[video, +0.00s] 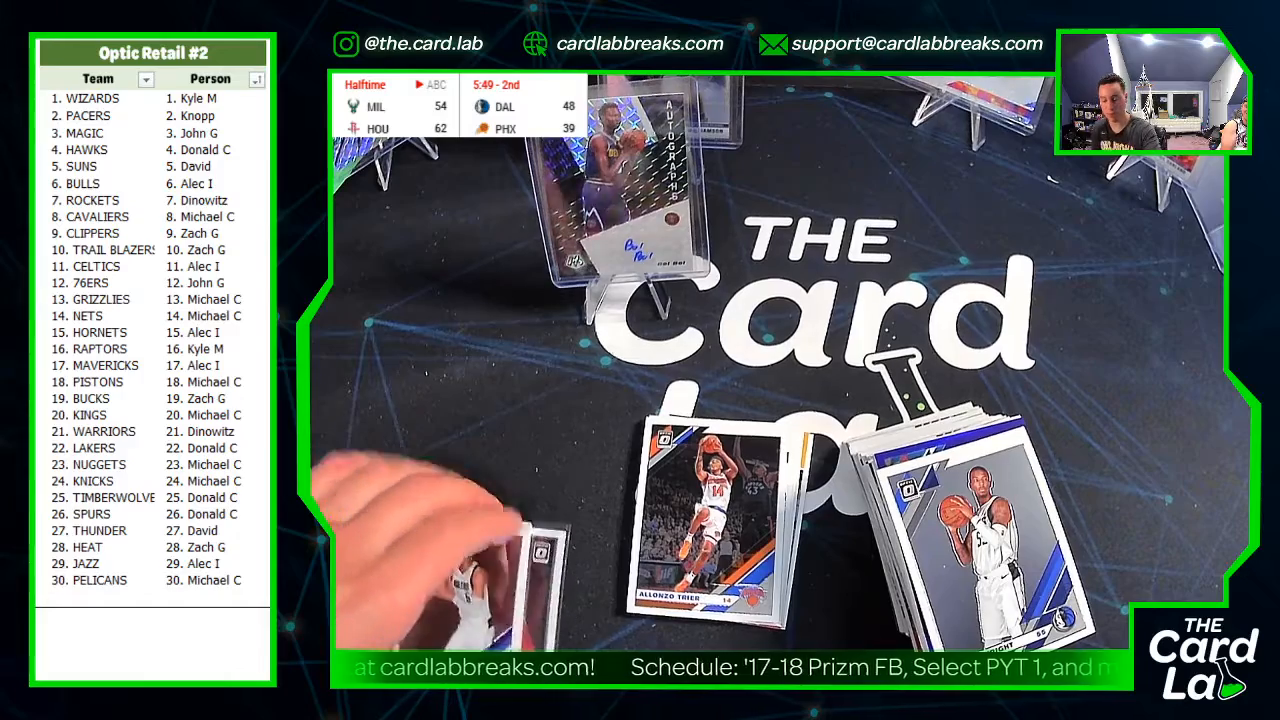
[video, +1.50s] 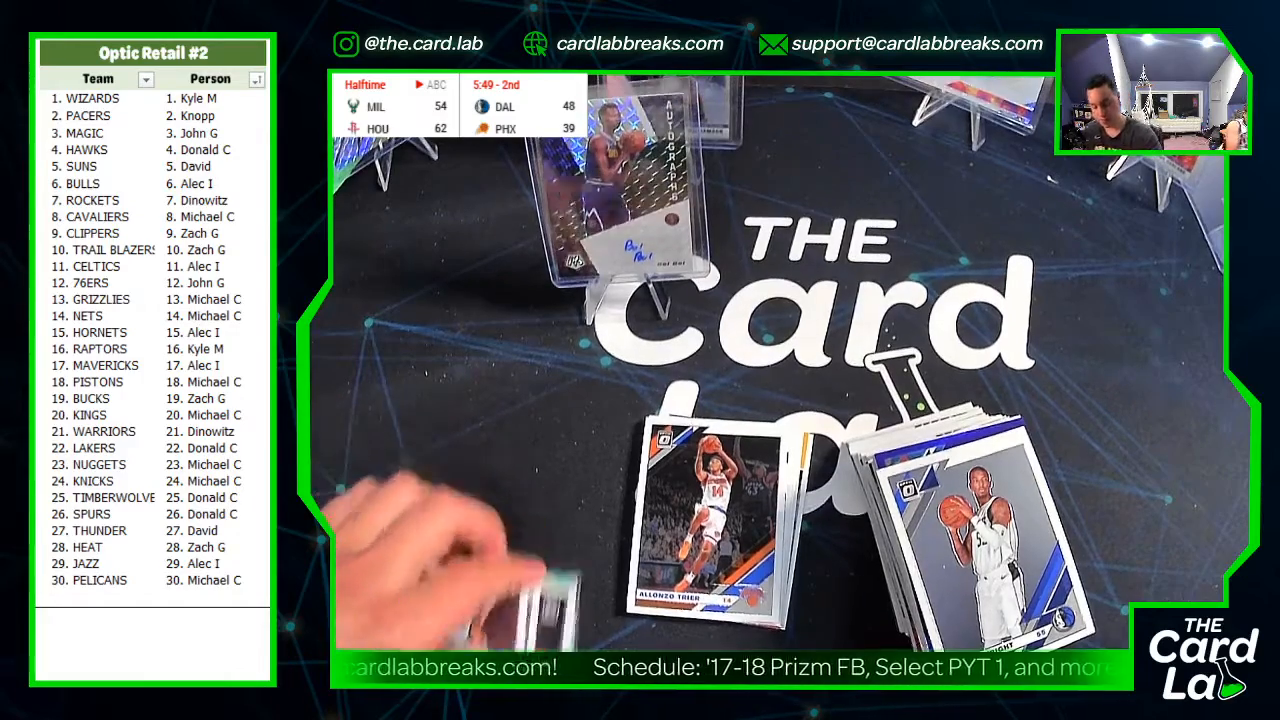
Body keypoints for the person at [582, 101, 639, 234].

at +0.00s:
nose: (615, 119)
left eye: (617, 115)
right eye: (611, 115)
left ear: (620, 118)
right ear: (602, 118)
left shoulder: (616, 141)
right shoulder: (598, 140)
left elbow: (621, 176)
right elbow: (607, 176)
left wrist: (633, 153)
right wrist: (623, 155)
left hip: (612, 187)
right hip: (595, 190)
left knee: (623, 229)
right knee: (595, 236)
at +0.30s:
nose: (615, 119)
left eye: (617, 115)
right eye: (610, 115)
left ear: (620, 118)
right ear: (602, 118)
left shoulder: (617, 141)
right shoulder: (598, 140)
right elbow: (607, 176)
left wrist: (632, 152)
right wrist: (624, 155)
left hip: (611, 188)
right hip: (595, 191)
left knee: (624, 227)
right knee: (596, 235)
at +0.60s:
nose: (617, 118)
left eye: (618, 115)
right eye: (612, 115)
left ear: (620, 117)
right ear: (602, 118)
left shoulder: (617, 142)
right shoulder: (598, 140)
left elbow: (620, 180)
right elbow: (606, 176)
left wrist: (633, 156)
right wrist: (624, 154)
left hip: (612, 190)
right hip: (596, 191)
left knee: (624, 228)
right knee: (598, 236)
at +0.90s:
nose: (615, 119)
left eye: (617, 115)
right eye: (611, 115)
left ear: (620, 118)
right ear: (602, 118)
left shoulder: (617, 142)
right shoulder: (598, 140)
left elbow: (620, 178)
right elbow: (606, 175)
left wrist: (632, 157)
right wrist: (623, 157)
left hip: (611, 187)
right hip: (597, 189)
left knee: (624, 226)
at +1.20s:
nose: (618, 118)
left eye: (618, 115)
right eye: (613, 115)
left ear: (620, 117)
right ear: (603, 119)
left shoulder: (617, 141)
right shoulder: (598, 141)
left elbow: (620, 176)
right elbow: (606, 176)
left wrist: (632, 155)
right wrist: (624, 153)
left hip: (613, 190)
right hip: (596, 191)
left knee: (625, 229)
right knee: (598, 235)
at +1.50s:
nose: (618, 118)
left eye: (618, 115)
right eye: (614, 116)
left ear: (620, 117)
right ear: (603, 119)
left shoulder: (616, 141)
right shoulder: (598, 141)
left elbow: (621, 178)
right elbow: (606, 176)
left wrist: (631, 154)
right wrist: (623, 157)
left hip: (611, 188)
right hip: (595, 190)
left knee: (624, 227)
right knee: (599, 234)